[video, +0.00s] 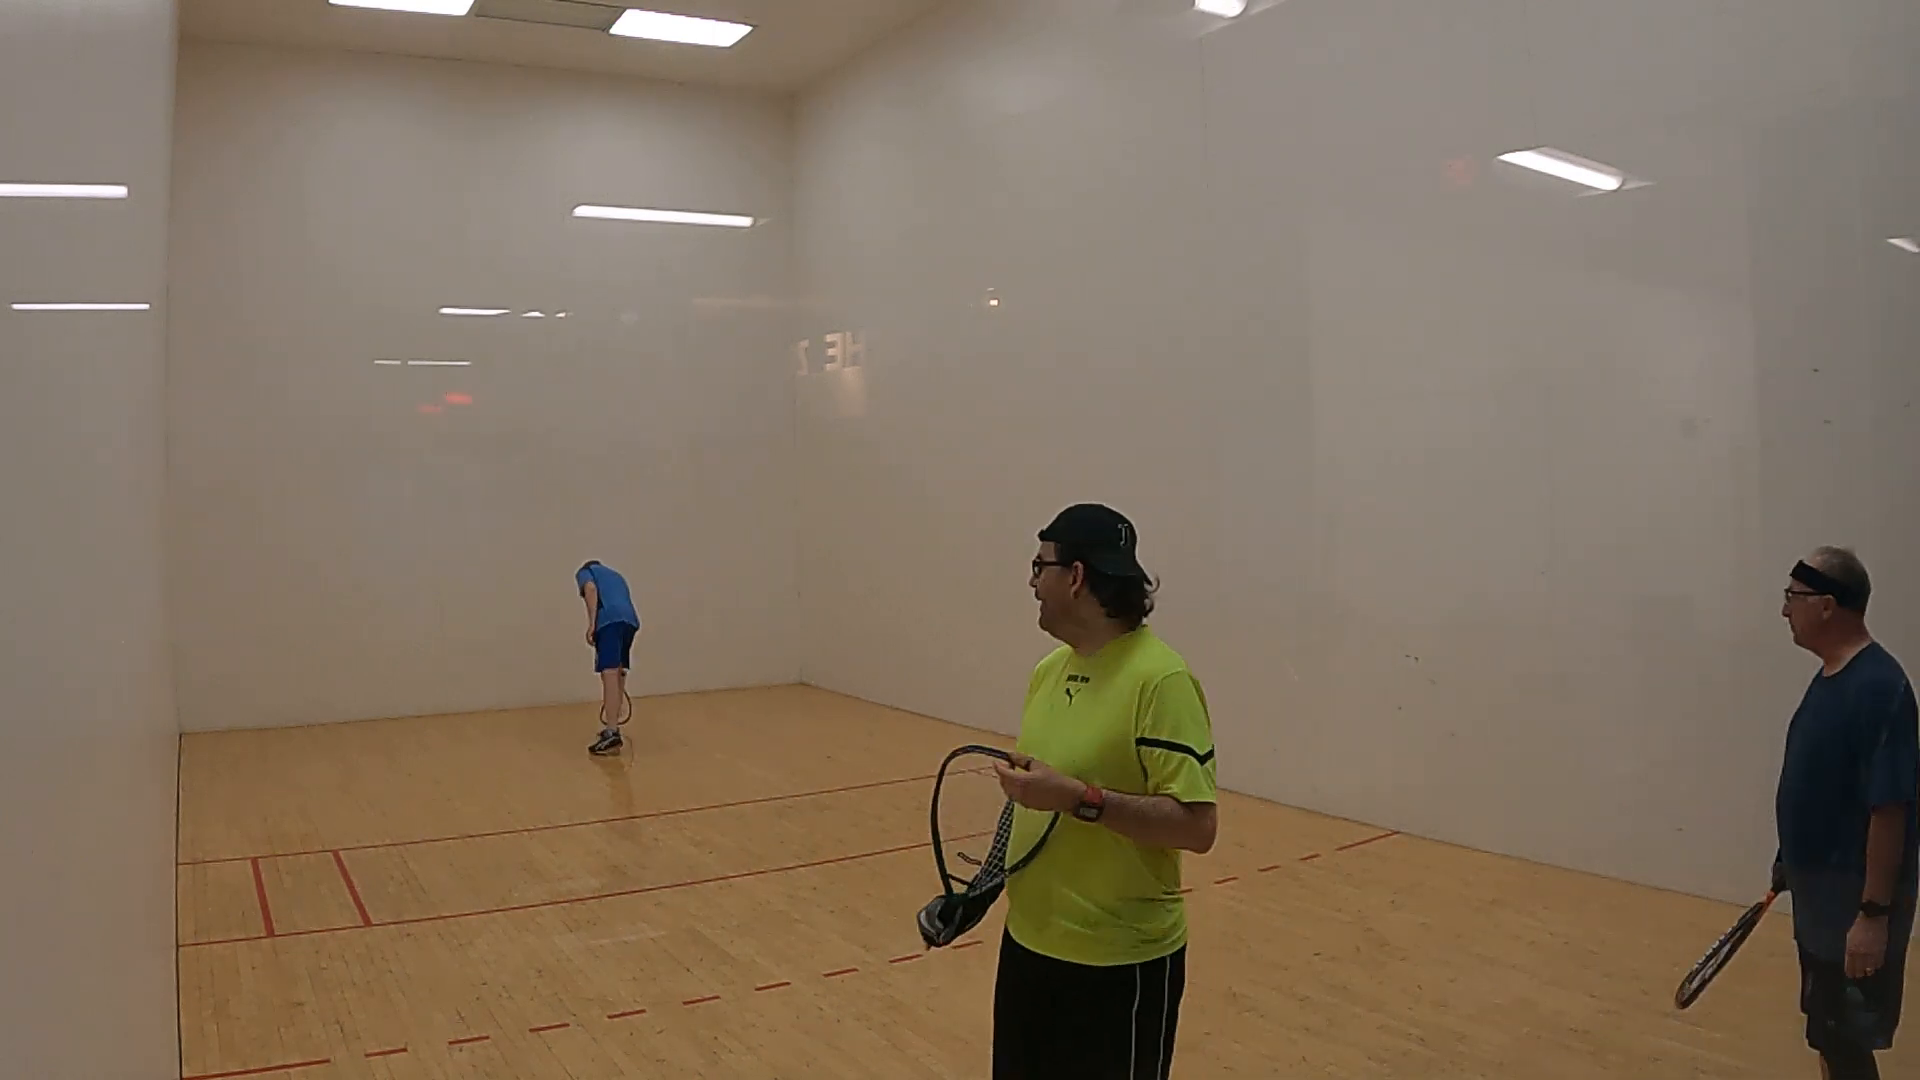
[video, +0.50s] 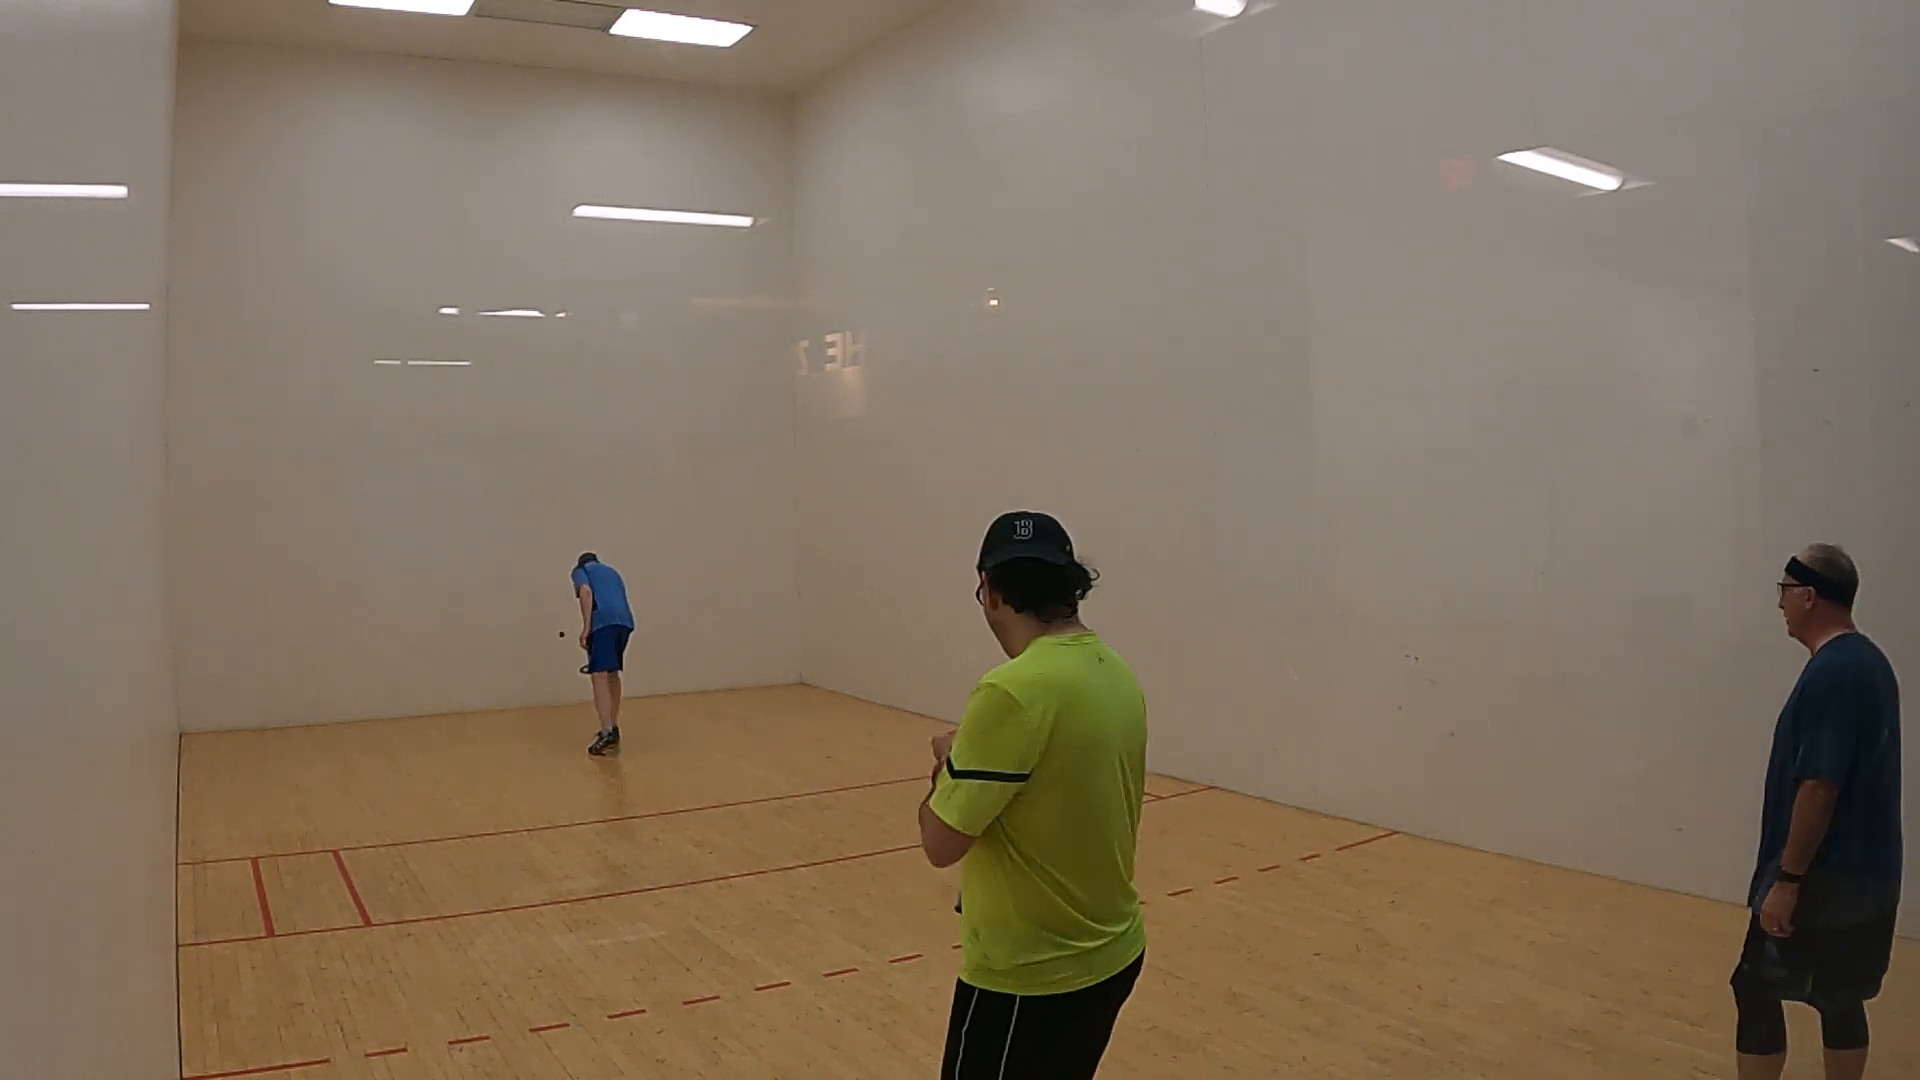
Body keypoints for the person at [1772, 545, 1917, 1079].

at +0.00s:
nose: (1784, 607)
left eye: (1793, 595)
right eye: (1787, 595)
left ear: (1828, 606)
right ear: (1827, 607)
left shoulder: (1879, 686)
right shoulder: (1833, 678)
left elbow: (1890, 810)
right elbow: (1828, 785)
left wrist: (1873, 913)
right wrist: (1792, 861)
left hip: (1855, 905)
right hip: (1821, 895)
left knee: (1844, 1046)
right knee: (1829, 1038)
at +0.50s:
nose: (1780, 600)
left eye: (1786, 589)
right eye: (1782, 589)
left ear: (1812, 597)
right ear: (1835, 599)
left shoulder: (1833, 670)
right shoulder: (1869, 663)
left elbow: (1818, 787)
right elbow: (1858, 787)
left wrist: (1786, 881)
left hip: (1816, 881)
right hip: (1861, 881)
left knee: (1754, 988)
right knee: (1841, 997)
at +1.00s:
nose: (1707, 605)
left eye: (1709, 595)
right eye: (1707, 595)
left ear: (1724, 601)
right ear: (1764, 599)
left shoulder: (1722, 669)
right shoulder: (1809, 662)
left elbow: (1707, 778)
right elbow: (1833, 756)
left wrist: (1688, 859)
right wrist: (1821, 829)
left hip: (1733, 862)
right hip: (1802, 863)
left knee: (1695, 957)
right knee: (1802, 983)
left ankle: (1692, 1071)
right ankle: (1825, 1076)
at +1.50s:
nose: (1635, 592)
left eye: (1637, 584)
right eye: (1637, 583)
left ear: (1649, 591)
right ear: (1691, 587)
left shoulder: (1644, 657)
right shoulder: (1735, 646)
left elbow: (1607, 750)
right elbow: (1761, 733)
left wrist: (1575, 808)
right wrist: (1748, 801)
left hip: (1662, 835)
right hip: (1721, 829)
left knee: (1672, 947)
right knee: (1677, 931)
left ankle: (1686, 1065)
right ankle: (1662, 1024)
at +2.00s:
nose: (1584, 579)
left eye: (1587, 571)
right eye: (1586, 570)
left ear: (1602, 577)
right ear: (1636, 578)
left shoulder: (1604, 639)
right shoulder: (1670, 634)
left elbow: (1597, 729)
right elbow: (1683, 716)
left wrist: (1587, 807)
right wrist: (1662, 781)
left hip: (1603, 810)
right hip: (1663, 811)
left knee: (1558, 892)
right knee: (1642, 911)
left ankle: (1594, 1005)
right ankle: (1629, 1025)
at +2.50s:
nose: (1512, 578)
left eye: (1515, 570)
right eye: (1513, 569)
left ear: (1531, 576)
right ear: (1564, 576)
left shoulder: (1530, 637)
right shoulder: (1600, 627)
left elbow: (1511, 726)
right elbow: (1613, 704)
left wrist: (1483, 784)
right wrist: (1595, 761)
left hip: (1537, 792)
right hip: (1593, 788)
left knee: (1521, 890)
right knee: (1582, 874)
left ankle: (1526, 1001)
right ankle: (1617, 971)